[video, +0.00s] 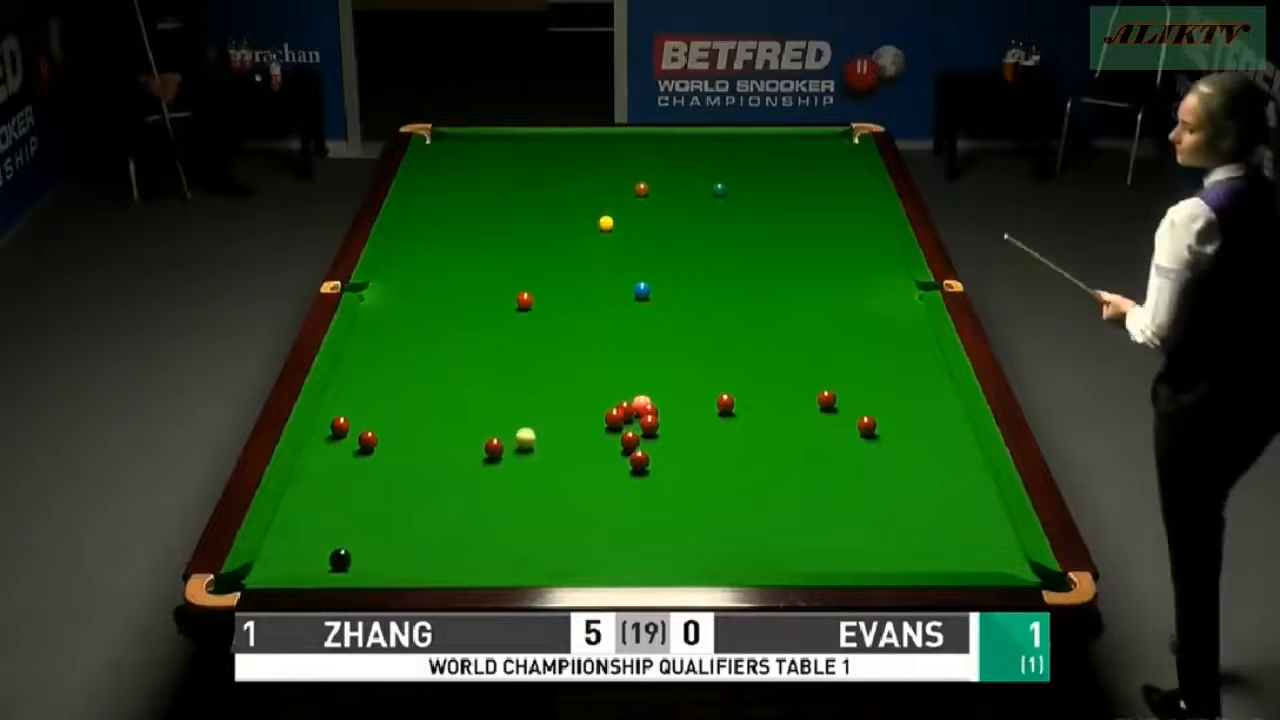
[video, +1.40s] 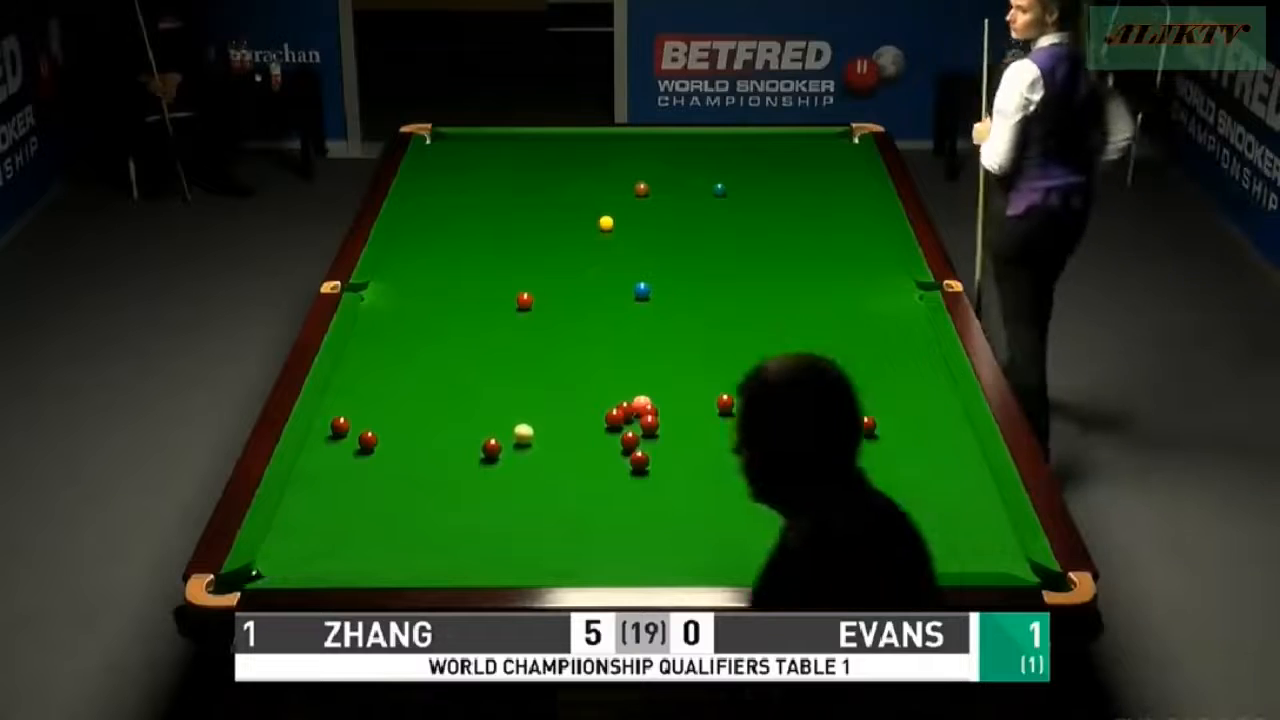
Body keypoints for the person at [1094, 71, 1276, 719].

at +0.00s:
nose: (1175, 131)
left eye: (1186, 125)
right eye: (1180, 119)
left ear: (1220, 137)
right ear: (1238, 136)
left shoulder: (1190, 218)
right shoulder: (1268, 196)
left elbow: (1156, 329)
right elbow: (1241, 298)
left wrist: (1123, 310)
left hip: (1195, 401)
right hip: (1258, 392)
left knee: (1192, 546)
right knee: (1201, 518)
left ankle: (1197, 694)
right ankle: (1201, 650)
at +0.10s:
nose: (1164, 127)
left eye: (1175, 120)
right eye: (1169, 116)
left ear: (1208, 131)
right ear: (1223, 131)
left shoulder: (1176, 213)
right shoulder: (1255, 189)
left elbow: (1148, 324)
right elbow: (1240, 291)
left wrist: (1118, 300)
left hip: (1184, 396)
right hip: (1247, 385)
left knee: (1189, 536)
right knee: (1184, 502)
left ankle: (1197, 693)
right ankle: (1165, 607)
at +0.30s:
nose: (1138, 110)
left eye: (1149, 104)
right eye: (1142, 100)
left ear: (1180, 114)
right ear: (1200, 114)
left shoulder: (1152, 189)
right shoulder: (1241, 169)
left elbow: (1125, 294)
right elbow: (1267, 261)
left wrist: (1100, 270)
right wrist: (1231, 303)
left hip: (1154, 352)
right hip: (1220, 344)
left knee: (1156, 501)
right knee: (1154, 461)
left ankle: (1185, 669)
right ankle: (1126, 568)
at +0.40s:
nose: (1127, 91)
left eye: (1138, 84)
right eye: (1130, 81)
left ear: (1174, 93)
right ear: (1187, 91)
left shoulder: (1143, 163)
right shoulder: (1230, 145)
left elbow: (1113, 268)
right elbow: (1259, 235)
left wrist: (1086, 244)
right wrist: (1214, 274)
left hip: (1139, 331)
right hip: (1202, 322)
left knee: (1111, 460)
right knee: (1156, 446)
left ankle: (1152, 598)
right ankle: (1127, 565)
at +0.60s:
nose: (1105, 72)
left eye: (1114, 64)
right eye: (1107, 61)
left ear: (1144, 72)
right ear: (1163, 71)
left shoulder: (1119, 141)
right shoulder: (1210, 130)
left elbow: (1094, 240)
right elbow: (1255, 199)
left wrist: (1057, 221)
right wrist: (1204, 245)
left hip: (1112, 302)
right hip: (1176, 302)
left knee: (1079, 411)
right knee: (1146, 429)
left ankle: (1075, 552)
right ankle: (1127, 570)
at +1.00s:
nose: (1042, 41)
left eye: (1053, 35)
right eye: (1045, 31)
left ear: (1085, 41)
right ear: (1094, 39)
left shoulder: (1059, 105)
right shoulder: (1136, 93)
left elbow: (1038, 200)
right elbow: (1170, 165)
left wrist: (1005, 180)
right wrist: (1134, 210)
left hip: (1055, 255)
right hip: (1113, 252)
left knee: (1039, 368)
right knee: (1087, 362)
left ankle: (1048, 488)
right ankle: (1099, 481)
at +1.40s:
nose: (1010, 16)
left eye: (1019, 8)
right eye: (1011, 7)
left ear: (1048, 15)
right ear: (1050, 17)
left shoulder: (1025, 72)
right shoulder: (1082, 67)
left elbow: (998, 159)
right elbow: (1120, 134)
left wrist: (986, 135)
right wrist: (1074, 155)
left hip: (1029, 214)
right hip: (1070, 210)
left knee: (1022, 331)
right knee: (1030, 319)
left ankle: (1031, 452)